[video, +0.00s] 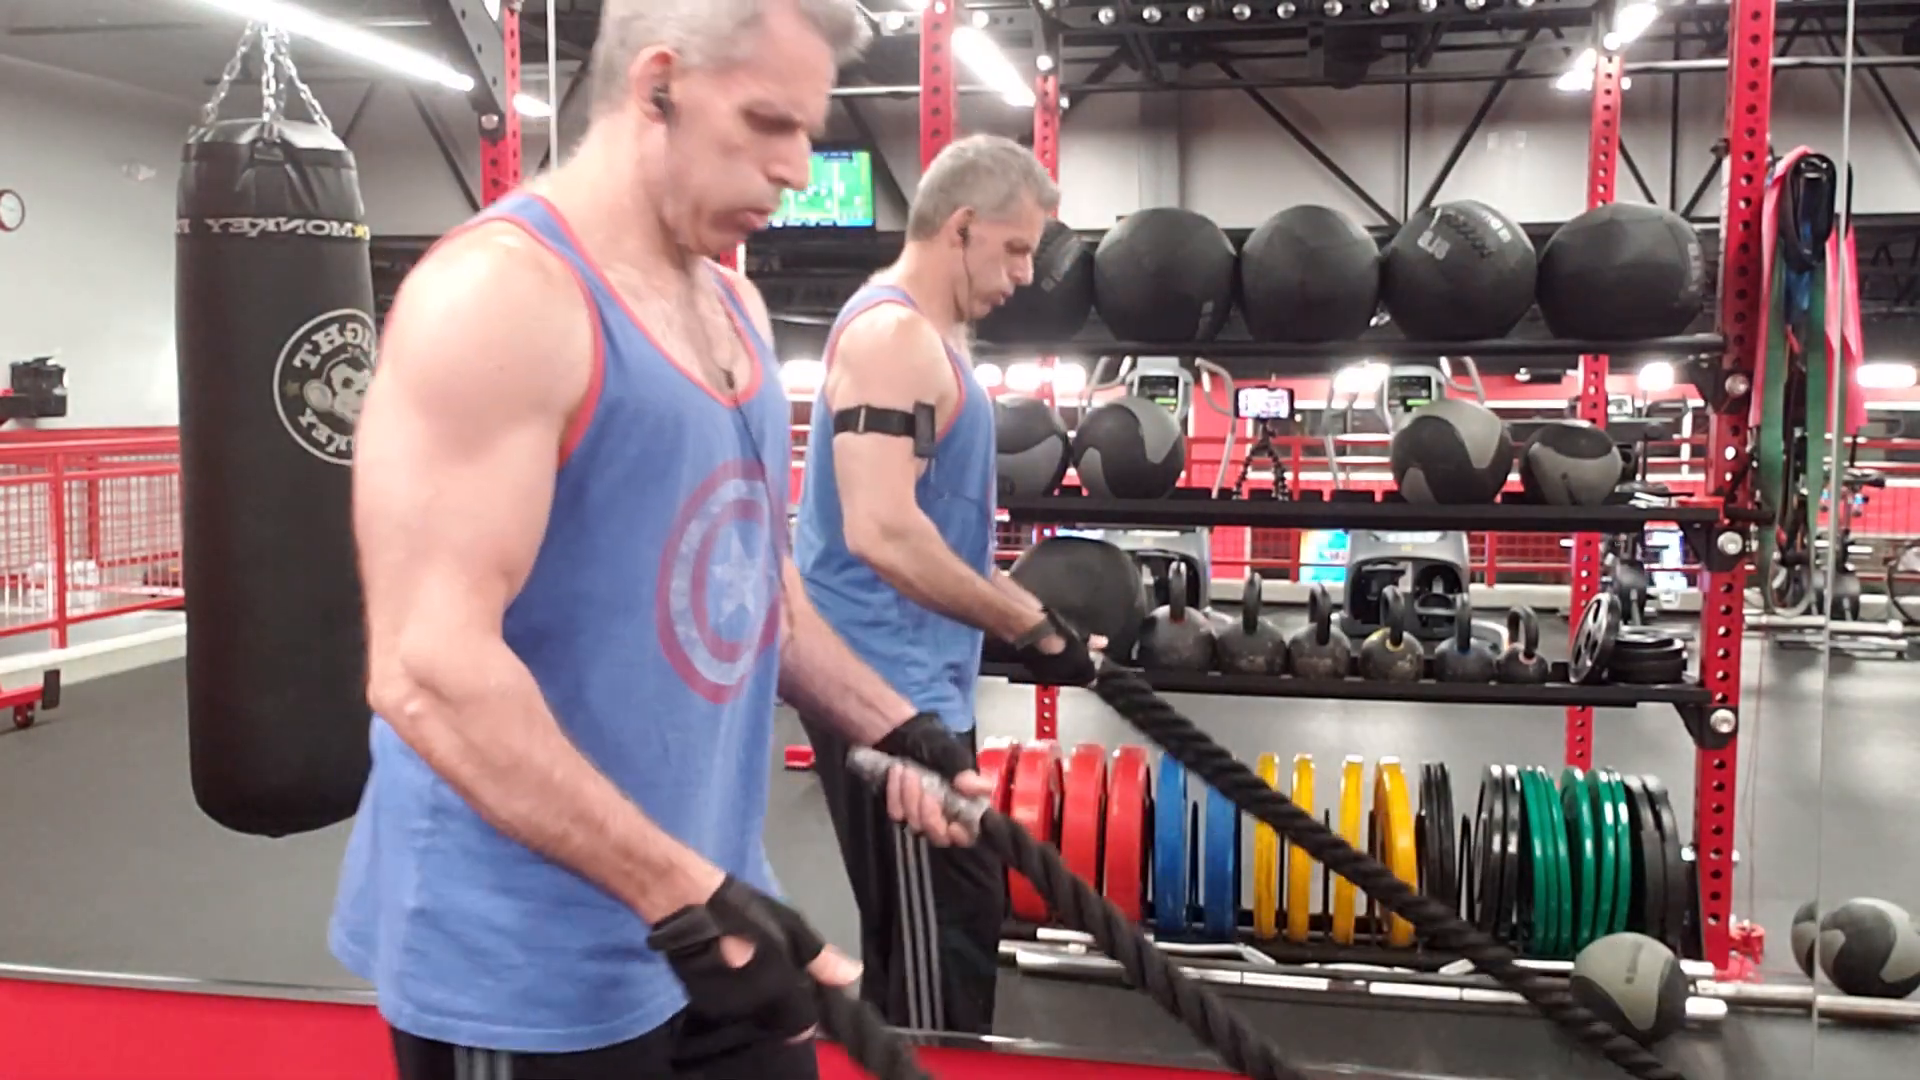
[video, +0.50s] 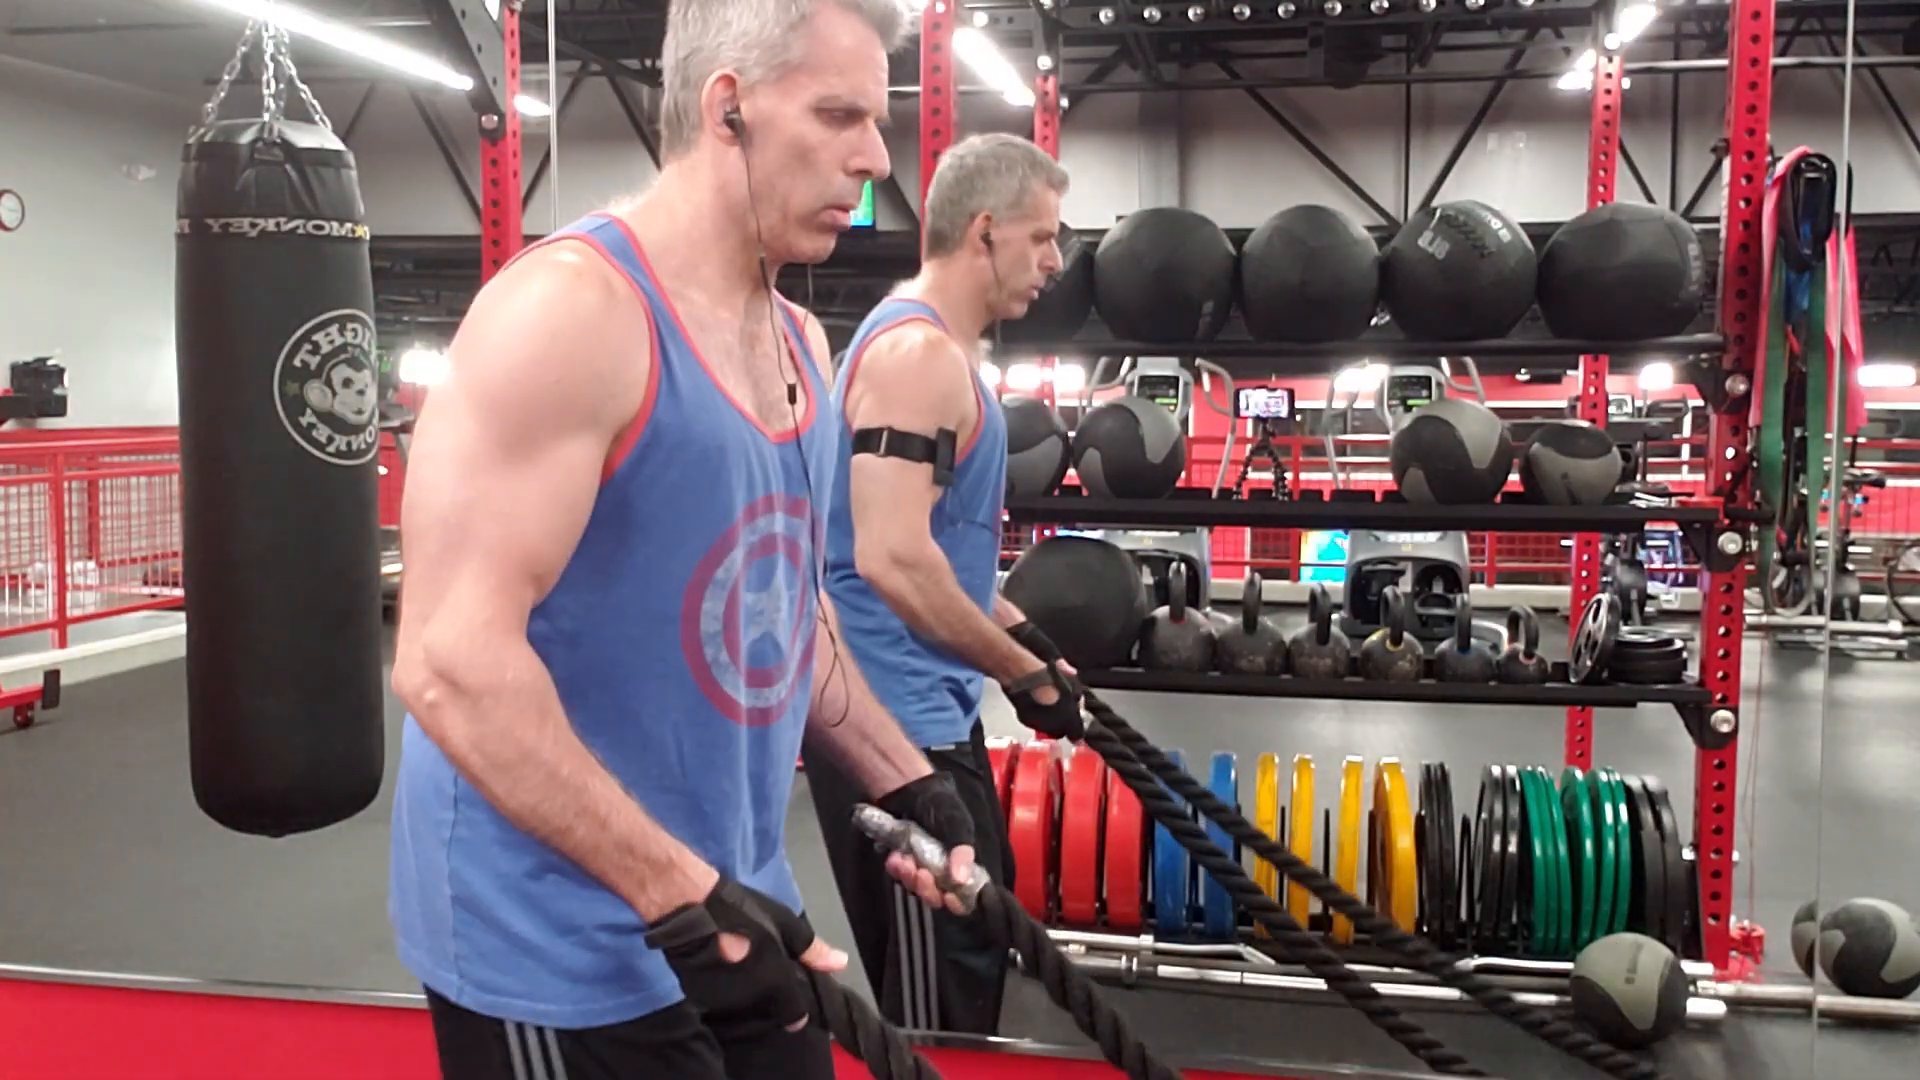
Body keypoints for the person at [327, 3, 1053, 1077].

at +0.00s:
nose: (796, 173)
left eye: (807, 136)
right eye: (771, 123)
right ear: (656, 87)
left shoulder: (730, 298)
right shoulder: (493, 295)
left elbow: (752, 580)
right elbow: (429, 665)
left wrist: (897, 732)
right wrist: (683, 900)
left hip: (717, 946)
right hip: (526, 988)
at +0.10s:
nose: (825, 182)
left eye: (836, 146)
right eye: (799, 134)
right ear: (686, 98)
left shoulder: (757, 318)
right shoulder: (521, 302)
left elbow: (763, 593)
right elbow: (432, 658)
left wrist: (899, 748)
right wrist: (675, 895)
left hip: (734, 946)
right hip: (553, 981)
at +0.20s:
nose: (844, 181)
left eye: (852, 145)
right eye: (817, 134)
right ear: (706, 104)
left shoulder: (778, 328)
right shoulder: (539, 304)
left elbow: (775, 601)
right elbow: (447, 656)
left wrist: (902, 772)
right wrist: (685, 887)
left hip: (748, 925)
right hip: (574, 967)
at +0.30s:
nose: (862, 173)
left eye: (868, 137)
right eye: (832, 127)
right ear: (718, 105)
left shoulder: (792, 336)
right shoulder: (550, 306)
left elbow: (786, 601)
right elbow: (452, 650)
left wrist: (905, 781)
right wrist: (684, 884)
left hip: (747, 921)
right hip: (573, 954)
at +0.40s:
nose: (873, 167)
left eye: (877, 130)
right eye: (841, 121)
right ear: (727, 107)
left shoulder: (799, 339)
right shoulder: (557, 307)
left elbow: (788, 603)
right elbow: (454, 650)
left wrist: (913, 786)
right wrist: (681, 887)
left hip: (747, 921)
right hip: (569, 950)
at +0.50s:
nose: (875, 160)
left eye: (877, 124)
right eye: (843, 116)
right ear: (728, 108)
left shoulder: (797, 341)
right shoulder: (560, 310)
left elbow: (784, 603)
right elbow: (451, 657)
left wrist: (909, 790)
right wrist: (679, 893)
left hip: (743, 924)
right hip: (560, 960)